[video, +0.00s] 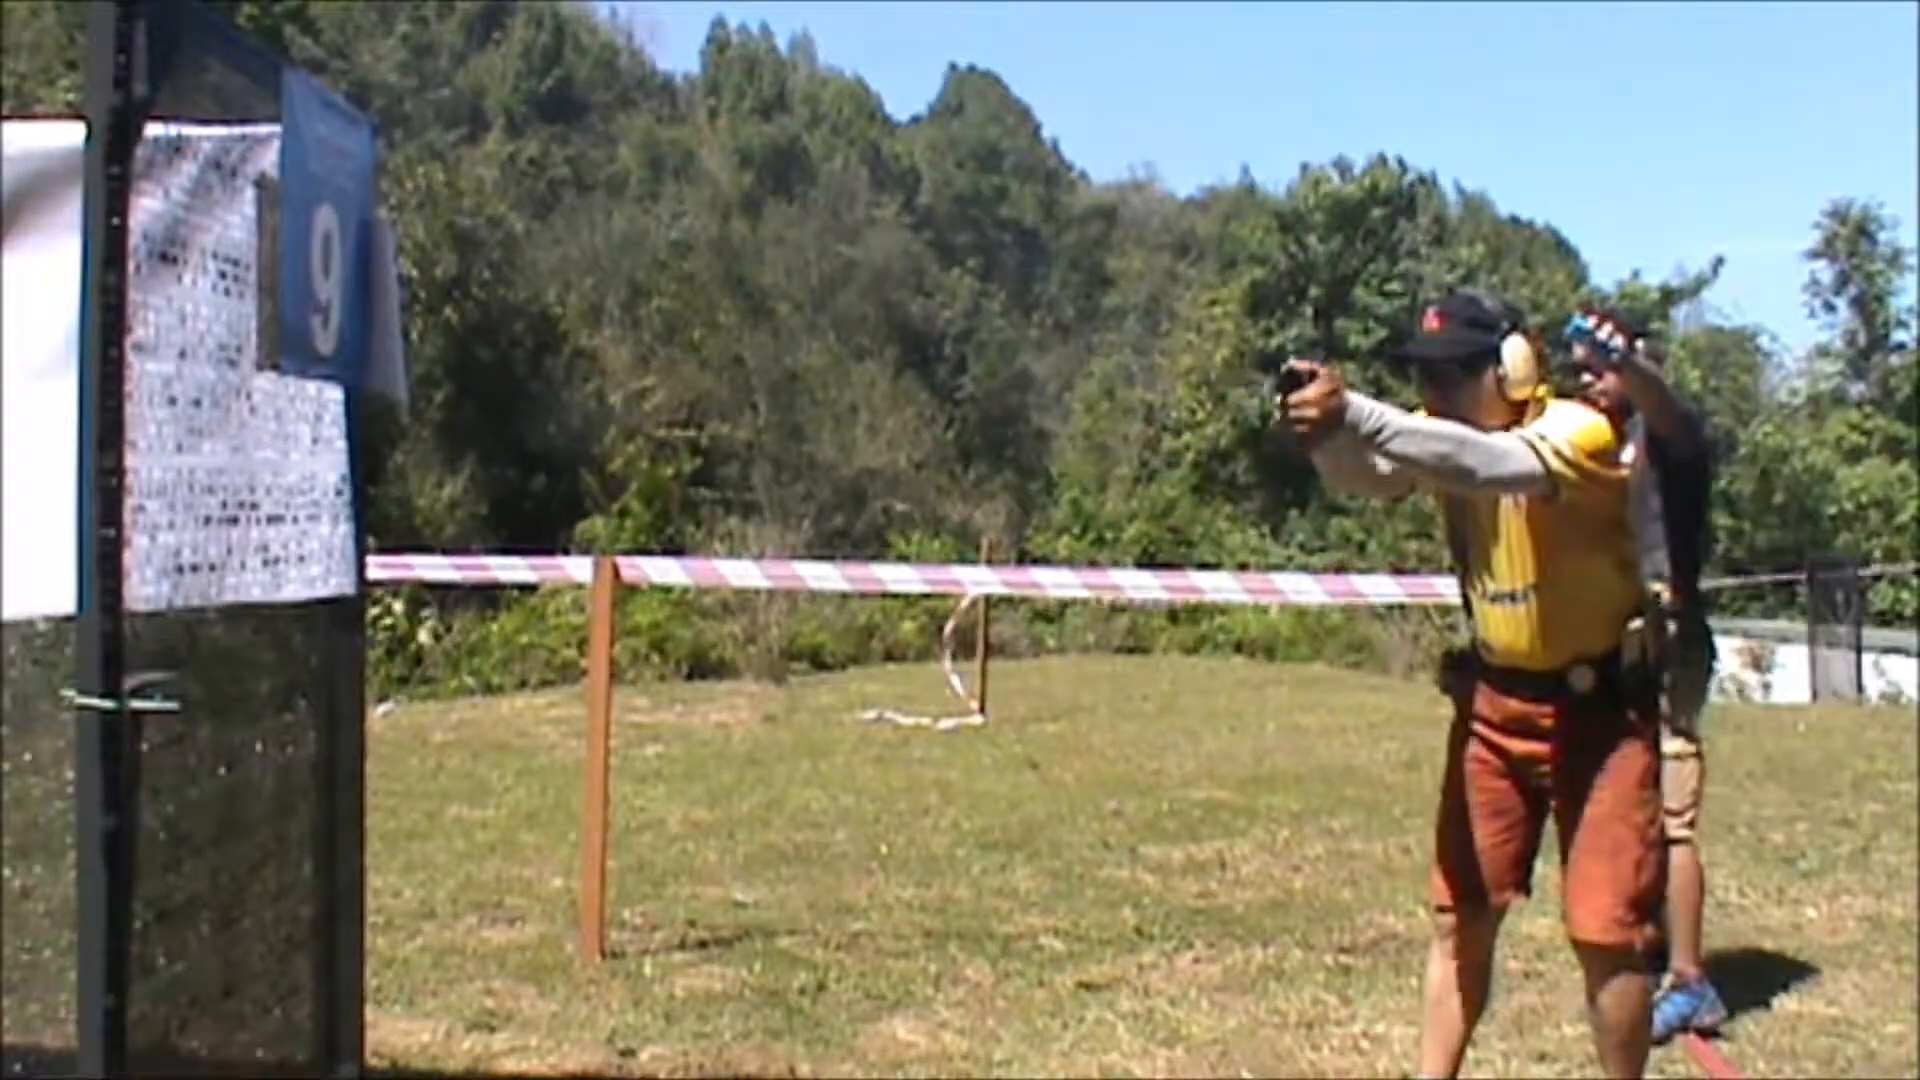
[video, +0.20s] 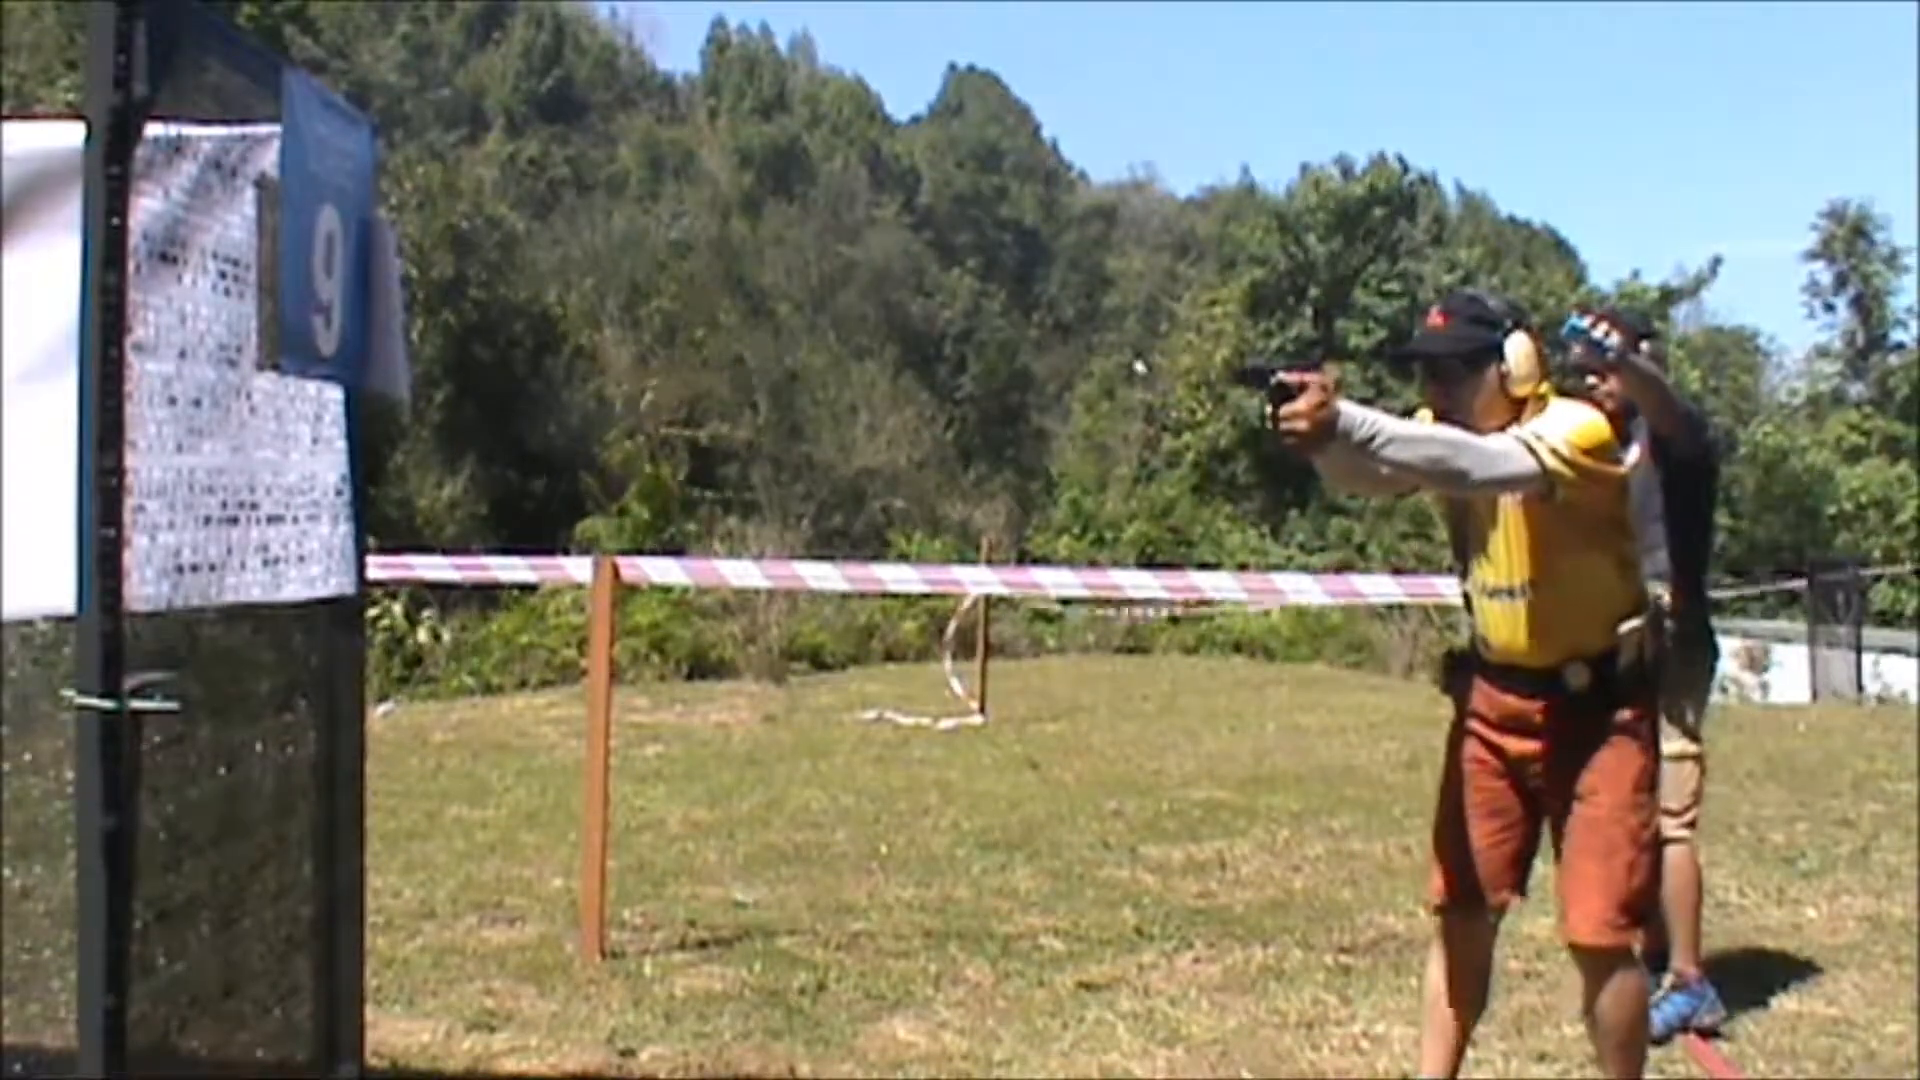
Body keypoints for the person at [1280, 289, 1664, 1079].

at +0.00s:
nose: (1433, 395)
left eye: (1448, 376)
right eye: (1427, 378)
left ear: (1504, 371)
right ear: (1432, 374)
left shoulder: (1582, 430)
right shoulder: (1453, 446)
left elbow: (1496, 463)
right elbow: (1370, 473)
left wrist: (1355, 412)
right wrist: (1319, 430)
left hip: (1602, 712)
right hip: (1496, 708)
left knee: (1607, 932)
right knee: (1463, 911)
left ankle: (1623, 1073)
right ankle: (1435, 1071)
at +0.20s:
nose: (1433, 394)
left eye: (1449, 374)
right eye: (1428, 375)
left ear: (1505, 370)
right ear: (1431, 373)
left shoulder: (1583, 431)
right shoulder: (1457, 446)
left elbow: (1483, 464)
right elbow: (1375, 474)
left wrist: (1345, 417)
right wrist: (1317, 437)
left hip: (1601, 710)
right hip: (1495, 703)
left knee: (1601, 932)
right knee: (1463, 905)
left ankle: (1625, 1072)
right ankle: (1435, 1069)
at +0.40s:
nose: (1432, 391)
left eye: (1447, 371)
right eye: (1427, 372)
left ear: (1502, 366)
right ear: (1432, 371)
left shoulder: (1582, 430)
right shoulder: (1461, 447)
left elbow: (1477, 462)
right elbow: (1378, 471)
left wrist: (1341, 412)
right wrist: (1312, 432)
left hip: (1599, 704)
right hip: (1495, 698)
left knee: (1596, 933)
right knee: (1462, 901)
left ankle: (1623, 1072)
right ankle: (1437, 1067)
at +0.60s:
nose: (1434, 390)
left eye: (1449, 369)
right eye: (1428, 371)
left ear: (1502, 362)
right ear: (1429, 368)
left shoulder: (1580, 427)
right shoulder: (1460, 443)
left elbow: (1479, 456)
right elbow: (1376, 466)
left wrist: (1342, 405)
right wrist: (1314, 419)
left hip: (1597, 701)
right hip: (1494, 695)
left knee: (1595, 934)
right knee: (1462, 902)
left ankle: (1622, 1072)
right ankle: (1435, 1069)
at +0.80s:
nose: (1436, 390)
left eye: (1451, 369)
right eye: (1429, 370)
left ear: (1506, 360)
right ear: (1428, 368)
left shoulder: (1581, 426)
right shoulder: (1466, 442)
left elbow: (1475, 459)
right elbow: (1382, 469)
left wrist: (1337, 408)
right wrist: (1311, 427)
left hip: (1596, 702)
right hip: (1495, 695)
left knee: (1593, 935)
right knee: (1461, 904)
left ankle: (1622, 1072)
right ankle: (1434, 1070)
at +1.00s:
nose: (1435, 385)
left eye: (1451, 365)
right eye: (1429, 366)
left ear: (1506, 360)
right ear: (1430, 364)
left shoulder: (1580, 424)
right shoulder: (1470, 440)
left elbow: (1473, 455)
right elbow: (1386, 467)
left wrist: (1340, 408)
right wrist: (1316, 424)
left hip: (1597, 706)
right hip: (1495, 699)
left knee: (1594, 938)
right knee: (1461, 906)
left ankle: (1620, 1072)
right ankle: (1434, 1070)